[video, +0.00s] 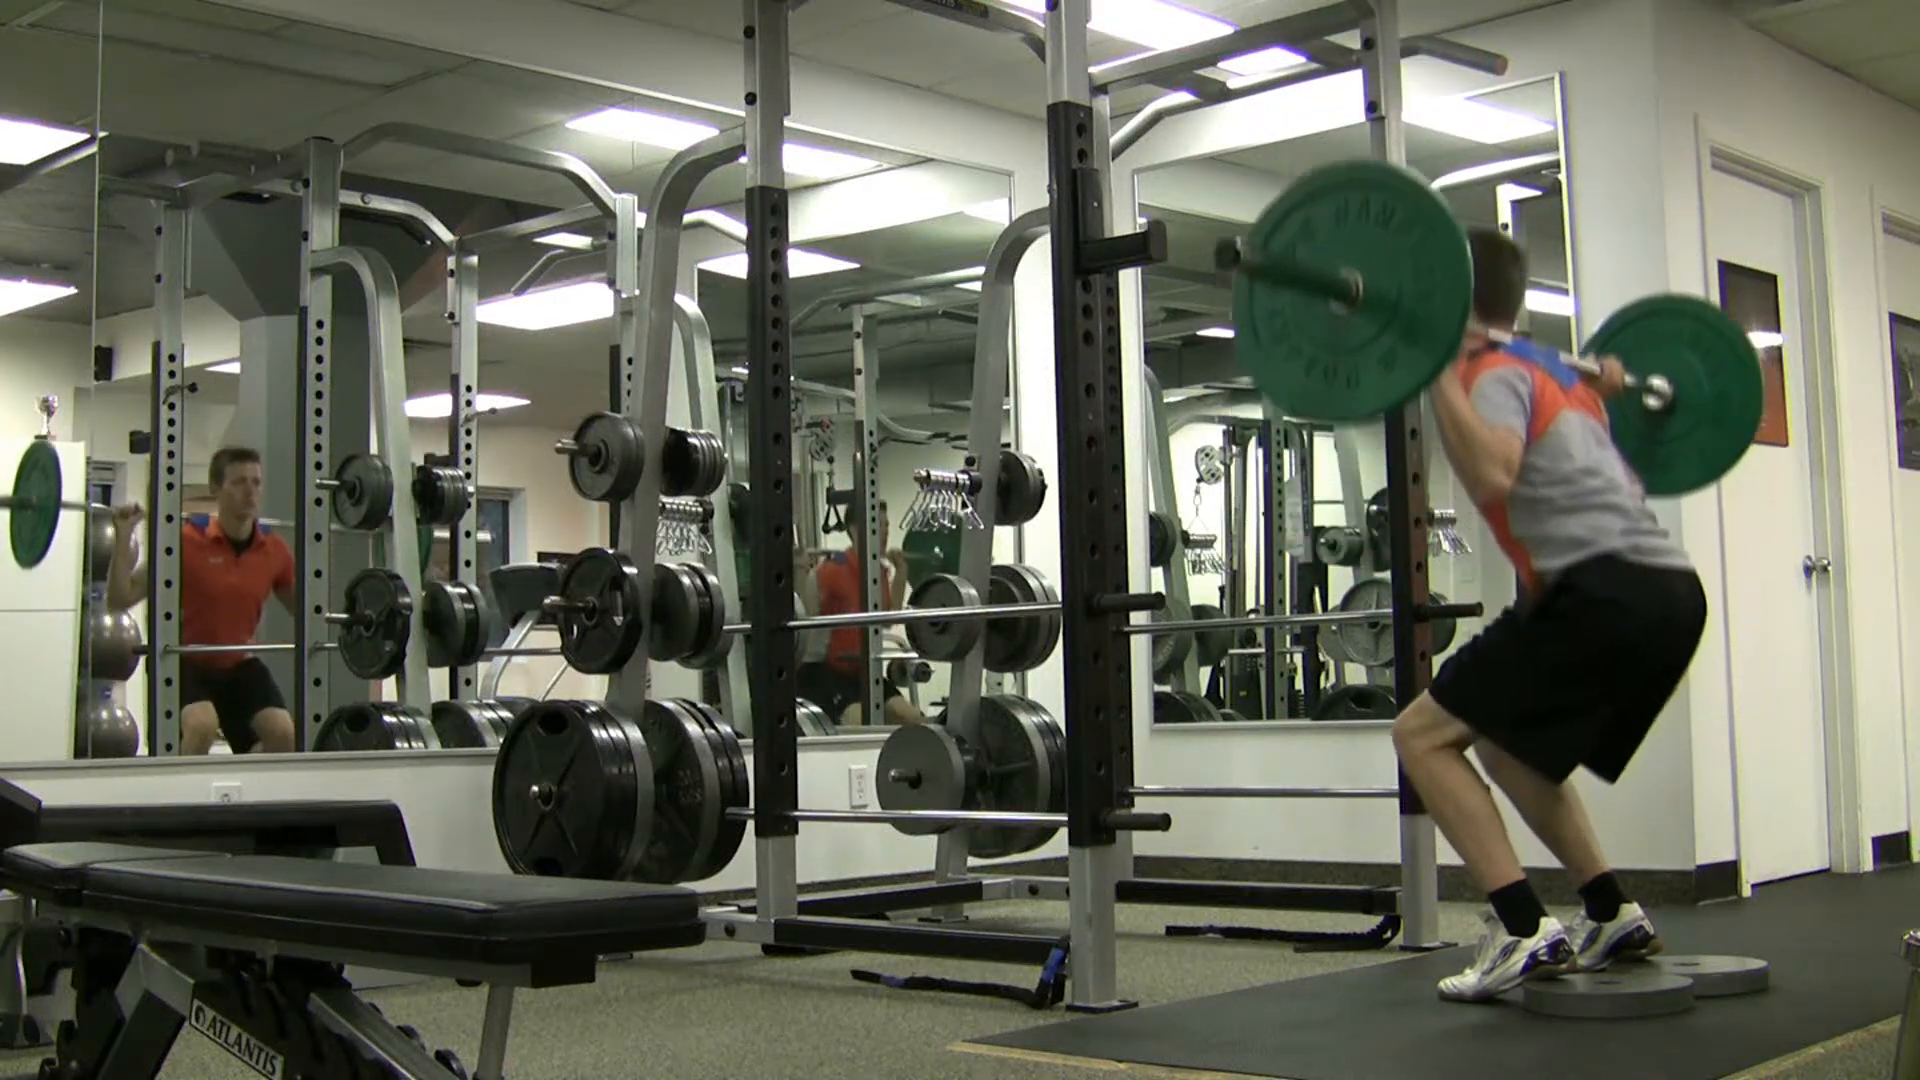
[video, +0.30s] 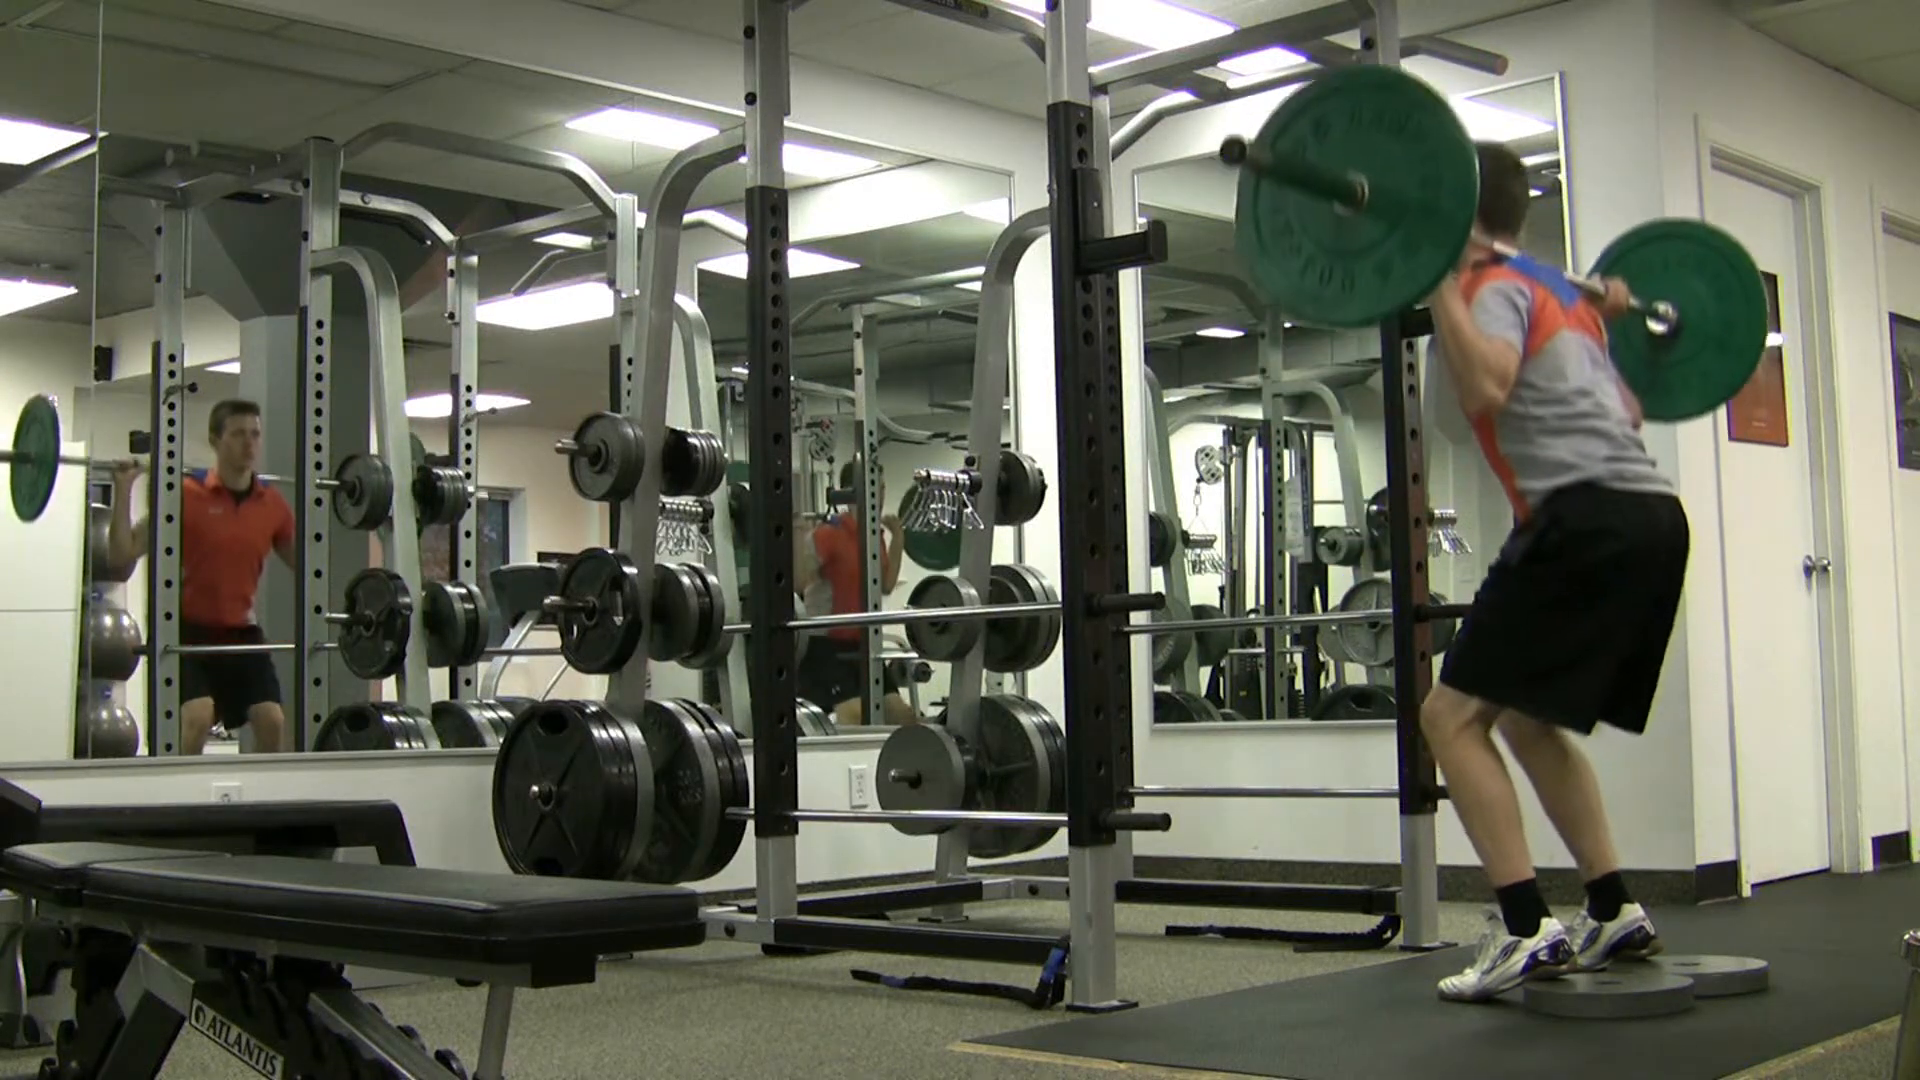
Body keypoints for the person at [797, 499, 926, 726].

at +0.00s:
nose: (882, 532)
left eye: (885, 525)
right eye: (873, 525)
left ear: (888, 527)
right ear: (854, 530)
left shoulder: (880, 571)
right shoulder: (832, 570)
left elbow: (890, 616)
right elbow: (810, 617)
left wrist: (901, 573)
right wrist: (801, 574)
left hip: (868, 670)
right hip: (831, 669)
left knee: (912, 719)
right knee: (858, 720)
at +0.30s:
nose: (880, 495)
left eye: (881, 487)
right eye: (874, 487)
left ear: (881, 491)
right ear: (856, 490)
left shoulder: (874, 534)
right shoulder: (830, 533)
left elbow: (887, 584)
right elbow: (800, 581)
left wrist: (898, 537)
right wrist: (798, 537)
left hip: (866, 642)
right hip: (834, 643)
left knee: (903, 718)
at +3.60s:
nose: (886, 537)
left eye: (887, 531)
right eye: (878, 530)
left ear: (889, 533)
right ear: (855, 535)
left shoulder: (881, 575)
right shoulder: (831, 575)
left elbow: (888, 624)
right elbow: (808, 621)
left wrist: (904, 580)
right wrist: (801, 578)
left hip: (866, 672)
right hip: (827, 672)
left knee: (910, 718)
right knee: (857, 720)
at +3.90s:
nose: (881, 506)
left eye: (884, 499)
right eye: (873, 499)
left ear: (886, 502)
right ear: (855, 503)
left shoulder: (877, 545)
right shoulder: (832, 541)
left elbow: (888, 593)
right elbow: (802, 586)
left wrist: (901, 546)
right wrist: (799, 542)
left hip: (867, 650)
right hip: (834, 650)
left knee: (906, 719)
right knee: (854, 721)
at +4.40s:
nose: (876, 470)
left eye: (879, 461)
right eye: (867, 461)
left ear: (883, 465)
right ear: (849, 463)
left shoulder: (875, 508)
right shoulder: (831, 504)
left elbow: (888, 561)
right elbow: (799, 556)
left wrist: (898, 515)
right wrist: (799, 506)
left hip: (866, 617)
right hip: (832, 617)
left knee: (874, 706)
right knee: (839, 705)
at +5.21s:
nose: (872, 462)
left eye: (877, 454)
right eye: (863, 454)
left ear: (882, 457)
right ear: (848, 457)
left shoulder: (874, 502)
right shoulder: (831, 498)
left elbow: (888, 555)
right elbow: (799, 551)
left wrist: (897, 507)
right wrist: (798, 500)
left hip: (868, 610)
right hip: (834, 611)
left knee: (873, 702)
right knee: (834, 700)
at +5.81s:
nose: (882, 503)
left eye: (885, 496)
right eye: (875, 496)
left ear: (888, 500)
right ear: (855, 501)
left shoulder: (880, 544)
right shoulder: (834, 541)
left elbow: (889, 595)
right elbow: (804, 588)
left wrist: (901, 544)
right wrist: (801, 542)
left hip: (869, 649)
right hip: (833, 649)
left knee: (906, 719)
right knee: (854, 723)